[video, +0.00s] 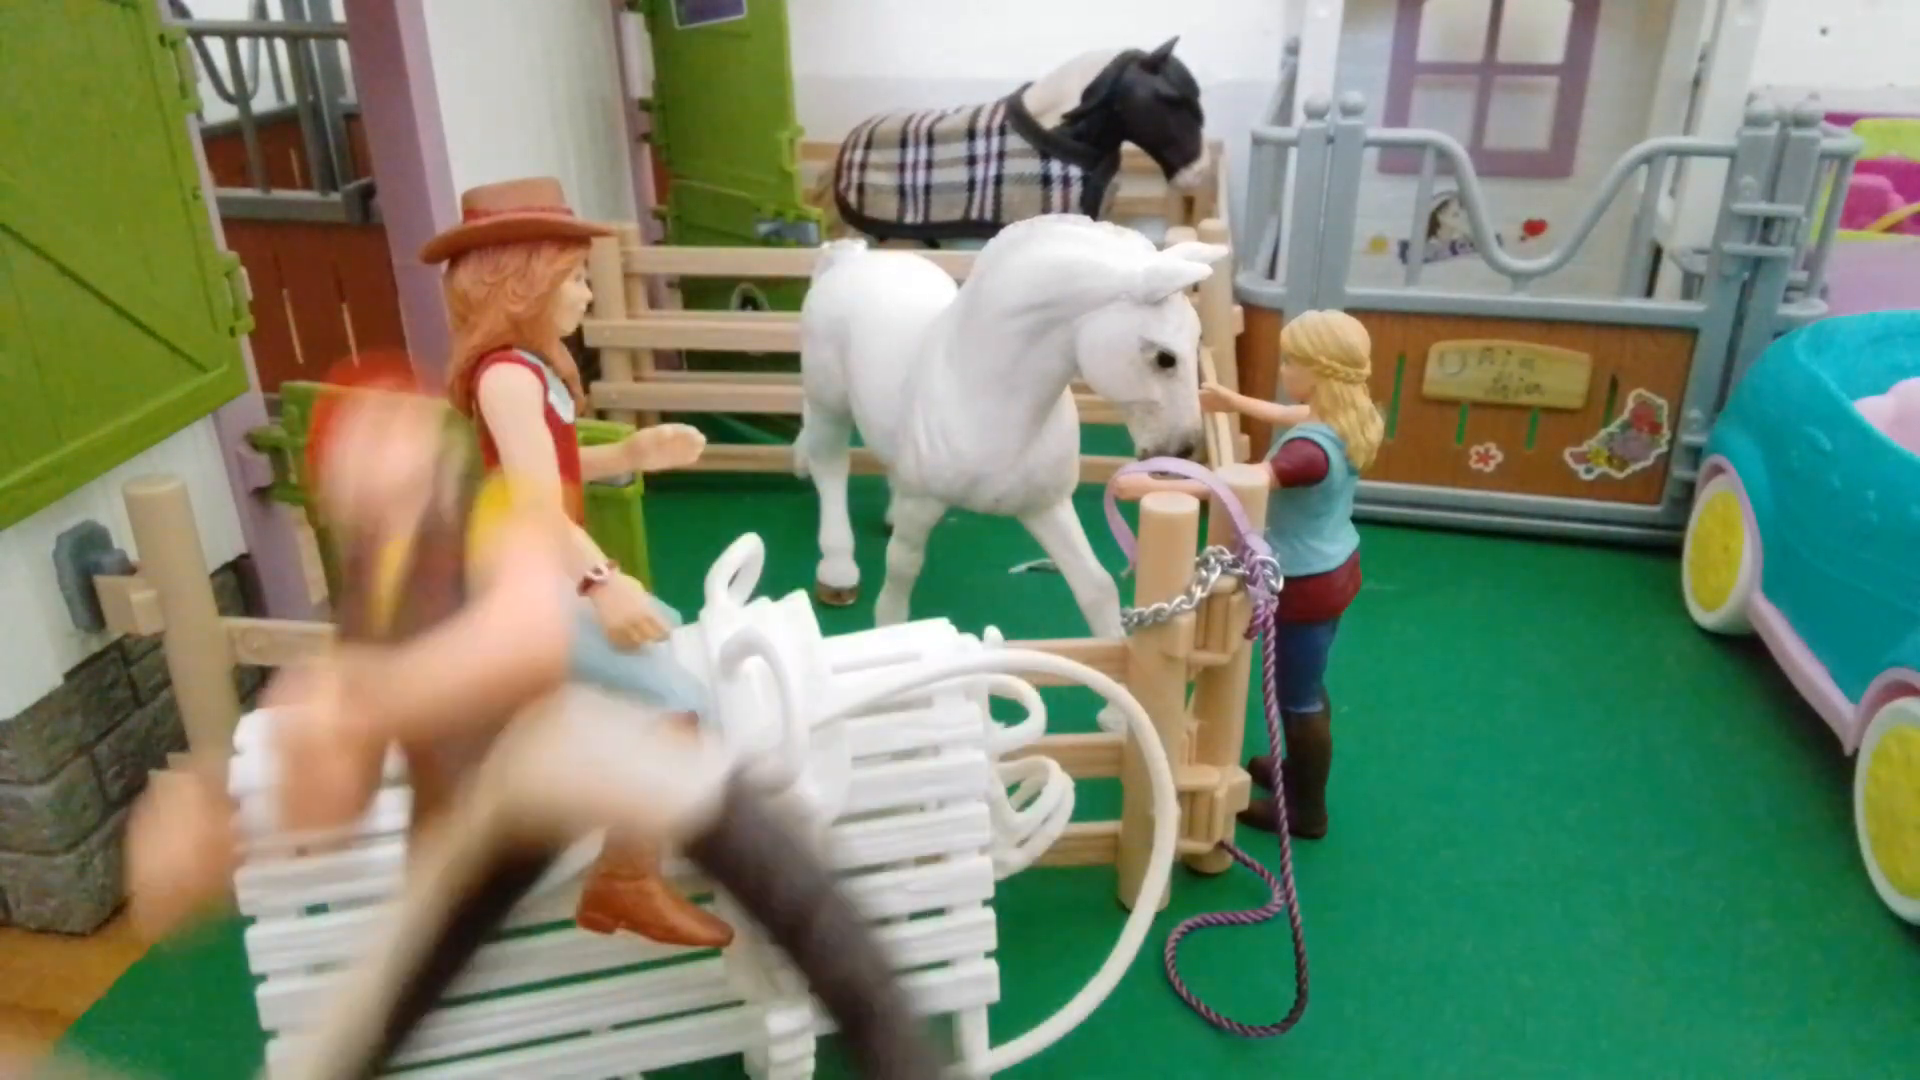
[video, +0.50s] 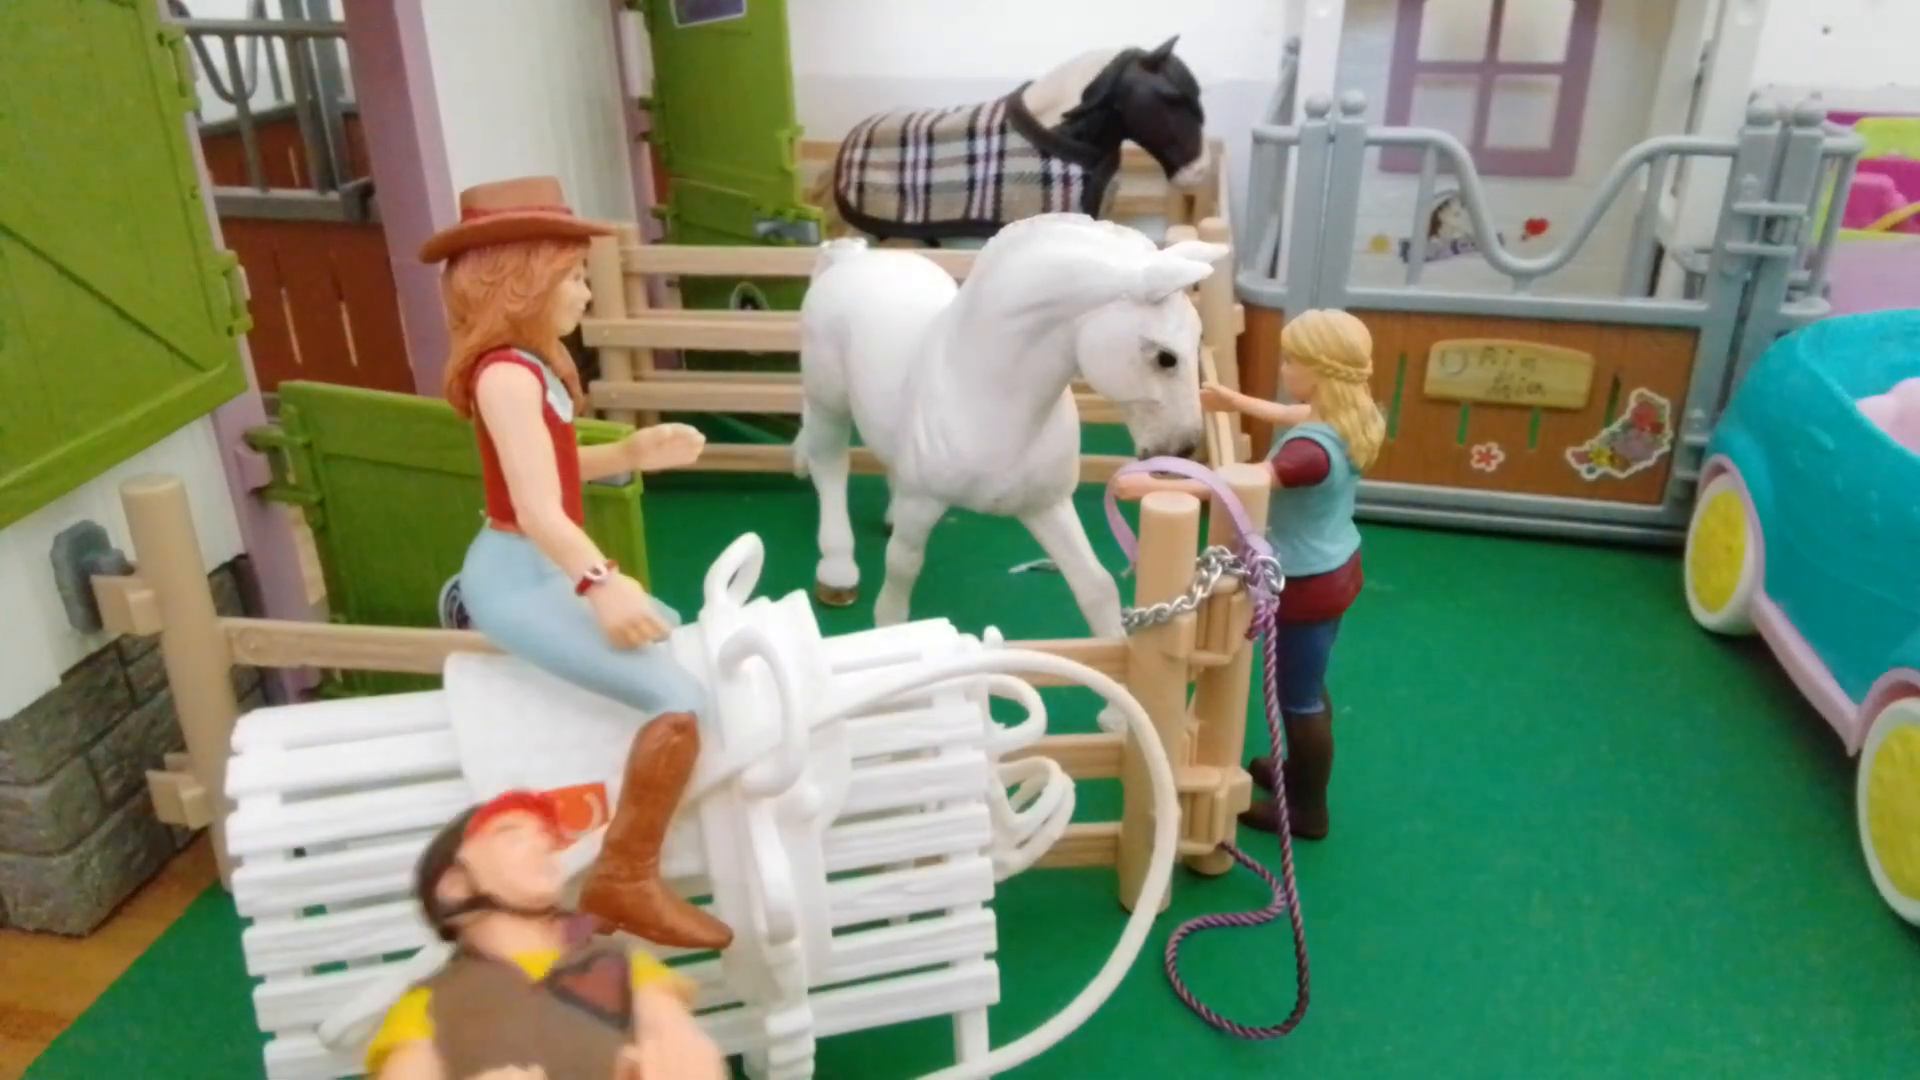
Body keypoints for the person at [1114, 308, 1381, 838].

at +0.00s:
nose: (1283, 370)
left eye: (1290, 361)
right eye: (1285, 360)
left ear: (1319, 371)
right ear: (1338, 372)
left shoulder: (1315, 448)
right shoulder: (1347, 418)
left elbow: (1247, 478)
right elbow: (1288, 415)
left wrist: (1159, 485)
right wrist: (1235, 400)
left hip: (1304, 587)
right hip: (1332, 567)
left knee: (1300, 700)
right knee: (1300, 681)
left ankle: (1304, 812)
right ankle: (1299, 773)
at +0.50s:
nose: (1283, 369)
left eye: (1291, 360)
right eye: (1285, 359)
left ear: (1321, 371)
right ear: (1338, 371)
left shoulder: (1316, 447)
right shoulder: (1349, 416)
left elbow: (1246, 478)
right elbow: (1289, 415)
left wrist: (1160, 484)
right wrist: (1235, 399)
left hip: (1306, 588)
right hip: (1332, 566)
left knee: (1301, 702)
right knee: (1302, 683)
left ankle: (1305, 813)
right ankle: (1300, 775)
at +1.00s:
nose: (1282, 370)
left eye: (1289, 361)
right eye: (1284, 360)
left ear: (1318, 372)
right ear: (1337, 372)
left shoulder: (1315, 447)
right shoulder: (1348, 417)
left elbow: (1252, 478)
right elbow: (1288, 416)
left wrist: (1165, 484)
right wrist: (1235, 400)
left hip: (1304, 587)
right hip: (1332, 566)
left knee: (1299, 699)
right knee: (1301, 681)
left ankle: (1304, 811)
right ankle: (1300, 773)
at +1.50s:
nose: (1282, 371)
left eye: (1290, 362)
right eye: (1284, 360)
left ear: (1319, 372)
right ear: (1337, 373)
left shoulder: (1314, 448)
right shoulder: (1348, 417)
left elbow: (1244, 479)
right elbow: (1288, 416)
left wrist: (1159, 484)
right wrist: (1235, 400)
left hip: (1304, 589)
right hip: (1331, 568)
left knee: (1299, 700)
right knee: (1300, 682)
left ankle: (1303, 812)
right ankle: (1299, 774)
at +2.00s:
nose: (1282, 370)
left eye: (1290, 361)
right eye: (1285, 359)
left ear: (1319, 372)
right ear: (1336, 372)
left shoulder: (1314, 447)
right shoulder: (1347, 417)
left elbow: (1242, 480)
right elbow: (1286, 415)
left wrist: (1157, 484)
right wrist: (1235, 401)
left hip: (1304, 588)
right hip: (1331, 567)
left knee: (1300, 701)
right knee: (1301, 682)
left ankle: (1303, 813)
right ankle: (1298, 773)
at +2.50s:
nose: (1281, 371)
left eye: (1290, 363)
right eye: (1284, 361)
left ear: (1317, 374)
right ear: (1336, 373)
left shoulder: (1315, 448)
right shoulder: (1346, 419)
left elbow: (1253, 479)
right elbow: (1292, 415)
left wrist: (1193, 479)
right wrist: (1236, 401)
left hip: (1309, 579)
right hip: (1333, 565)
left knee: (1297, 691)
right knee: (1299, 676)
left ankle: (1302, 809)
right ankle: (1298, 771)